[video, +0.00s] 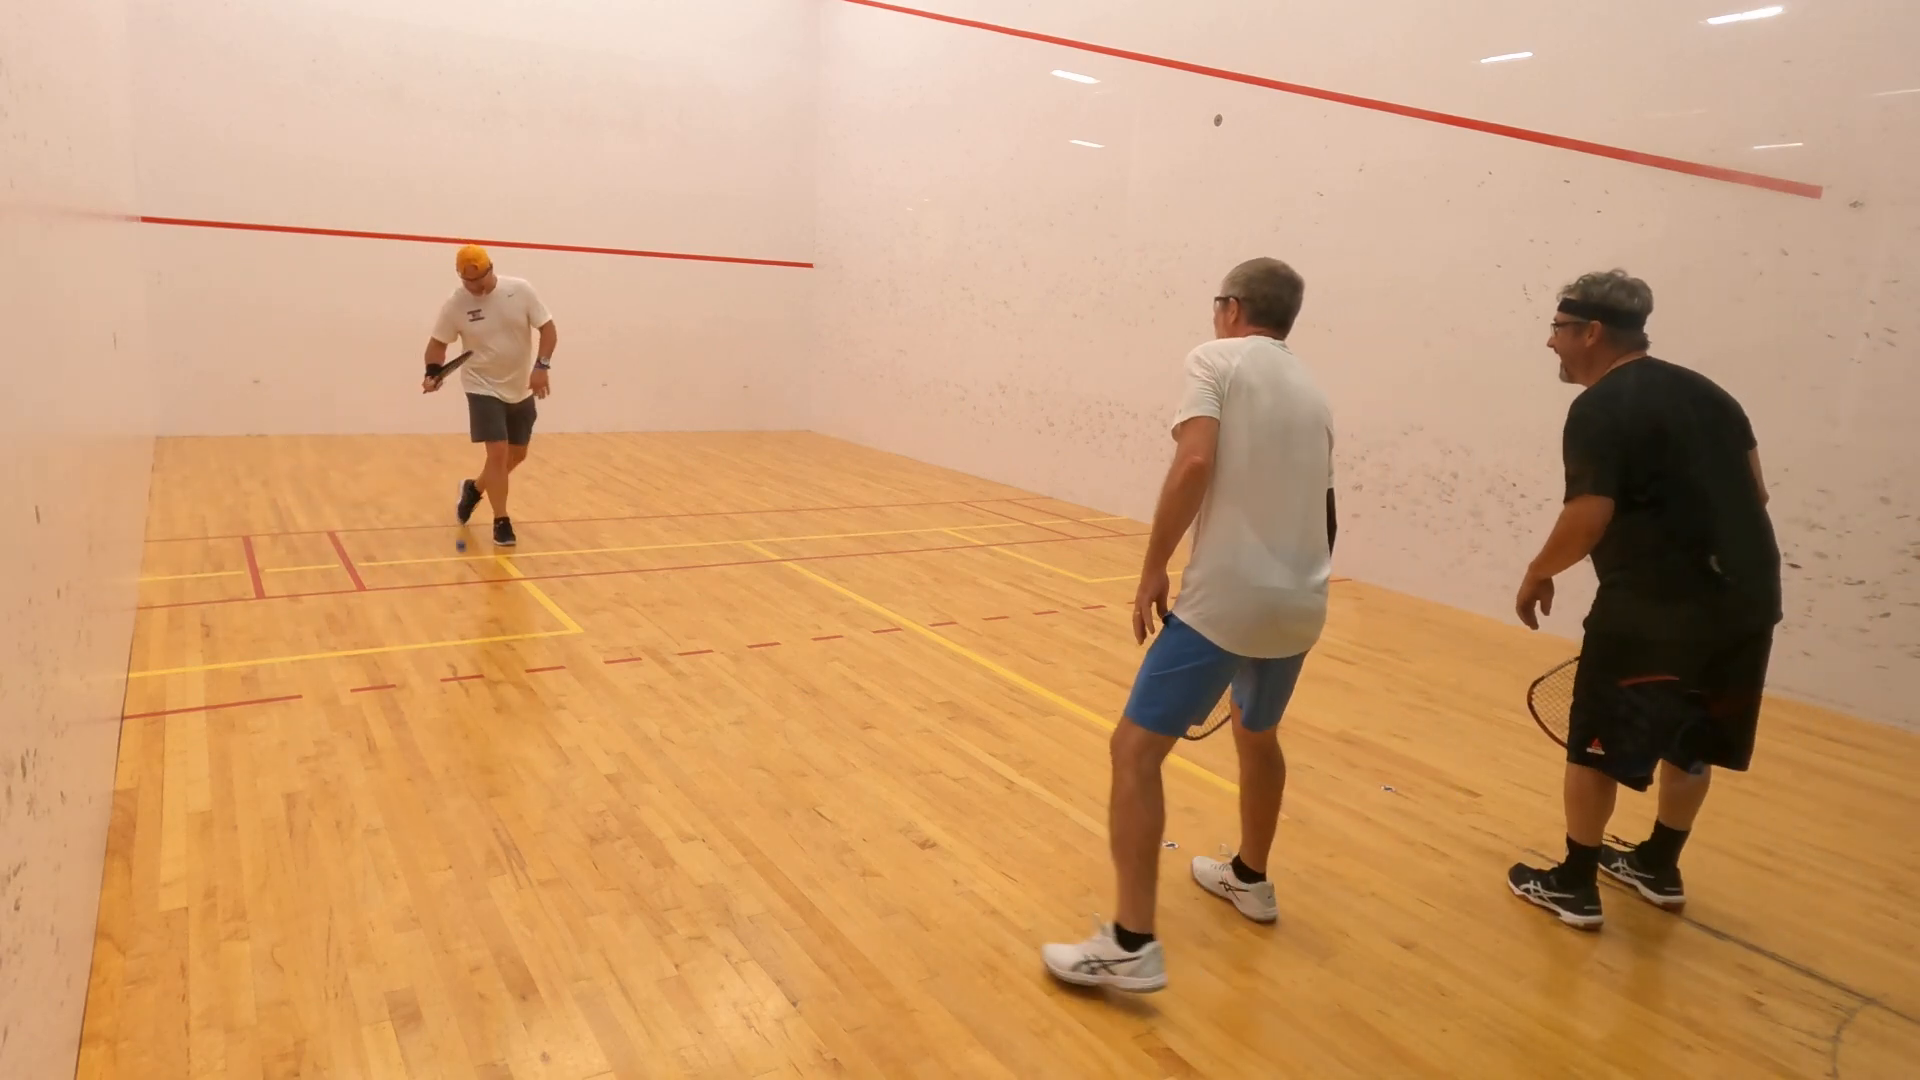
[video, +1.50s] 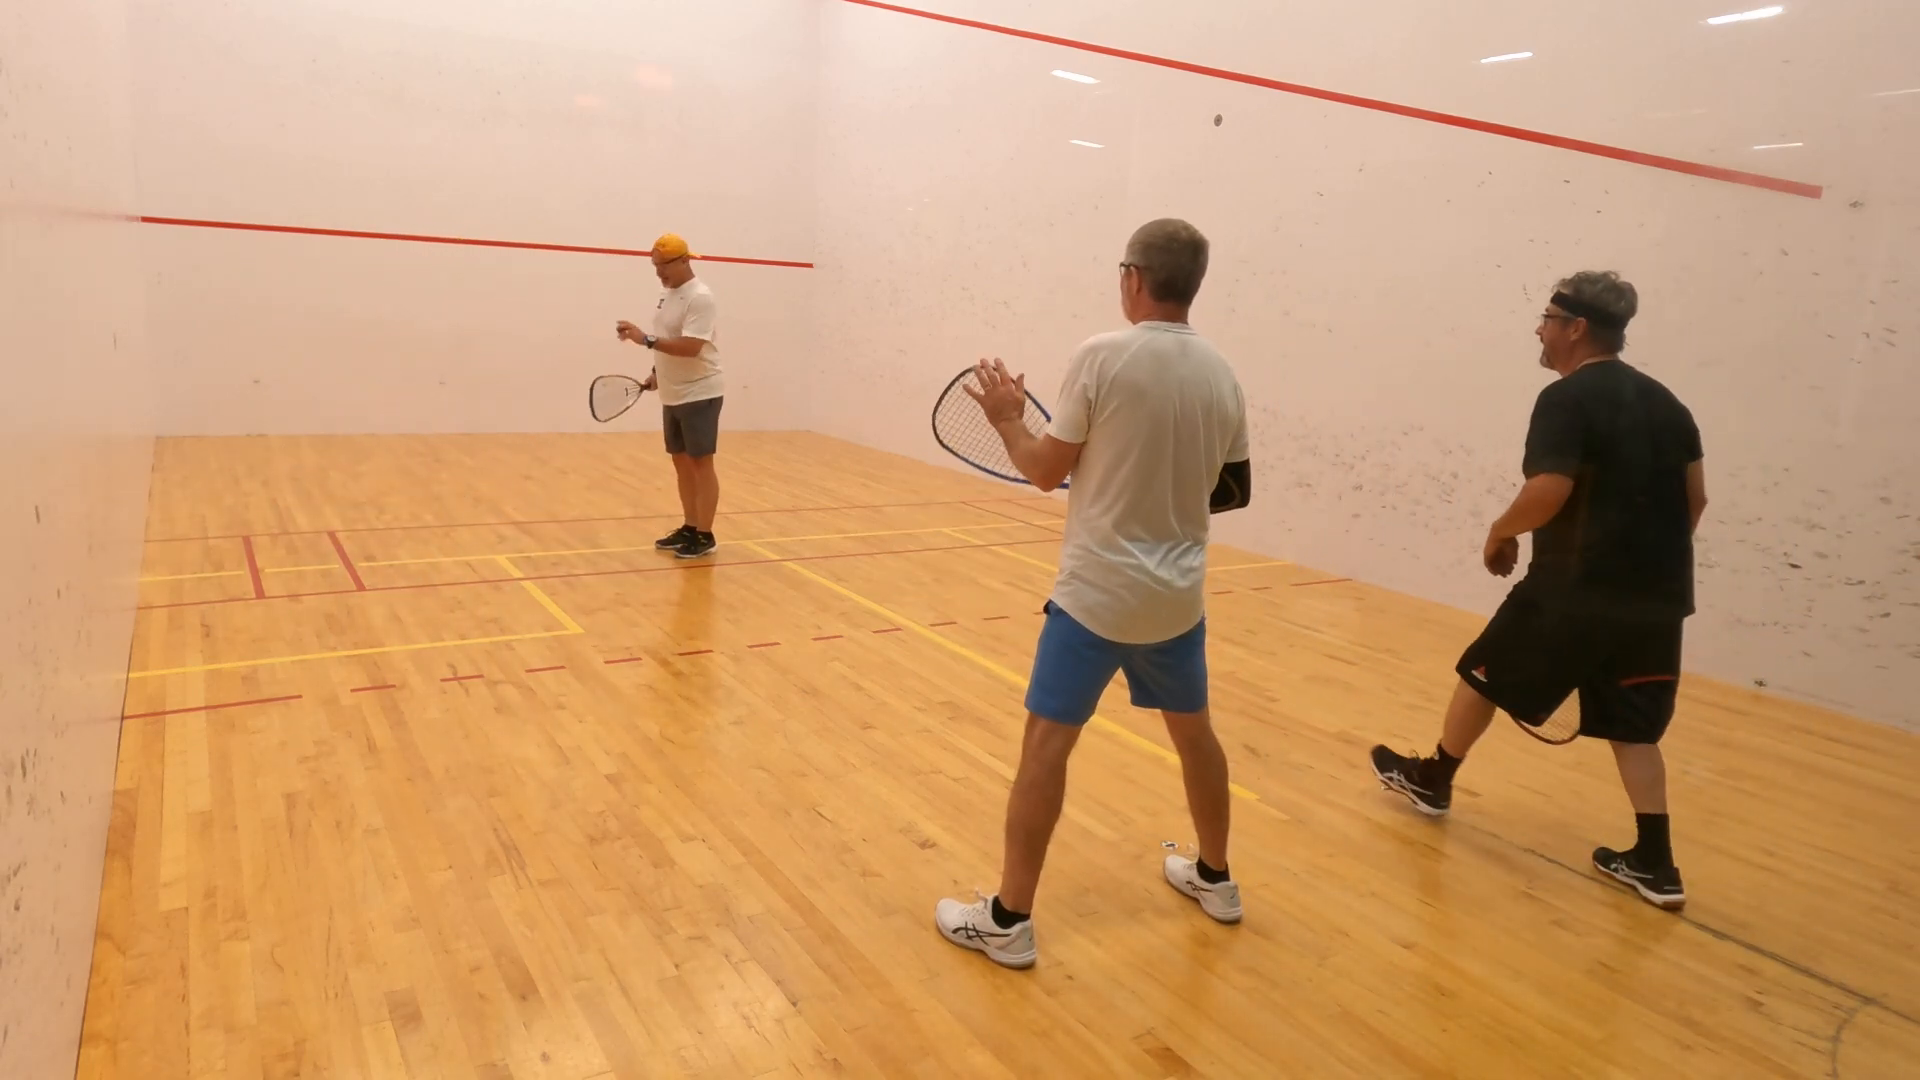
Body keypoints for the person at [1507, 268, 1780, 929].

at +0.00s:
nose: (1552, 342)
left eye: (1561, 328)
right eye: (1553, 328)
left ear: (1597, 333)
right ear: (1622, 334)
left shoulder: (1598, 408)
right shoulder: (1711, 396)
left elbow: (1587, 517)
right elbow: (1753, 495)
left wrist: (1538, 571)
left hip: (1651, 608)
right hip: (1742, 608)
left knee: (1598, 733)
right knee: (1695, 734)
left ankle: (1575, 879)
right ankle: (1659, 863)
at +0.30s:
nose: (1551, 338)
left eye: (1562, 328)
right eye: (1555, 326)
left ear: (1595, 336)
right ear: (1619, 338)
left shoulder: (1597, 400)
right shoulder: (1695, 395)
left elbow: (1597, 500)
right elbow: (1741, 491)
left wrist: (1563, 573)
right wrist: (1736, 577)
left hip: (1651, 599)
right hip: (1733, 601)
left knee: (1598, 727)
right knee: (1689, 724)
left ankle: (1576, 878)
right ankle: (1657, 862)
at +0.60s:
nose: (1552, 341)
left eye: (1563, 331)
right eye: (1557, 329)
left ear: (1595, 340)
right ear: (1619, 343)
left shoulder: (1593, 401)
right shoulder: (1694, 397)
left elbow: (1595, 497)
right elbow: (1747, 491)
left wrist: (1571, 578)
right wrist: (1738, 578)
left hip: (1651, 597)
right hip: (1730, 599)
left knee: (1599, 725)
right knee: (1682, 723)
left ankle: (1577, 878)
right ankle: (1657, 862)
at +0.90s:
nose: (1559, 340)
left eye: (1568, 330)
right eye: (1563, 328)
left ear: (1598, 338)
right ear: (1624, 341)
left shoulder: (1596, 400)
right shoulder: (1702, 397)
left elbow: (1592, 489)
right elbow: (1753, 493)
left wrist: (1570, 556)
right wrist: (1716, 563)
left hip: (1652, 593)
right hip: (1733, 598)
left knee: (1601, 721)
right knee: (1679, 723)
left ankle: (1578, 878)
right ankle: (1658, 864)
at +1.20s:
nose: (1577, 326)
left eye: (1586, 316)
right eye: (1580, 314)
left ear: (1618, 325)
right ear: (1648, 329)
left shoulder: (1603, 390)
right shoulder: (1715, 395)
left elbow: (1589, 479)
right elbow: (1758, 489)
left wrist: (1552, 537)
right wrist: (1728, 568)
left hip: (1625, 595)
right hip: (1712, 601)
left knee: (1556, 701)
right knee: (1671, 722)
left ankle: (1570, 842)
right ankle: (1659, 862)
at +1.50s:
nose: (1539, 330)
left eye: (1549, 320)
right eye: (1544, 318)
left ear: (1579, 331)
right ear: (1608, 334)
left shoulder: (1565, 398)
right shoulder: (1666, 404)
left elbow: (1549, 487)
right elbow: (1693, 499)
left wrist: (1503, 531)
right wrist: (1655, 562)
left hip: (1568, 595)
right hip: (1652, 604)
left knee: (1485, 669)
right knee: (1632, 722)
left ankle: (1435, 775)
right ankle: (1655, 861)